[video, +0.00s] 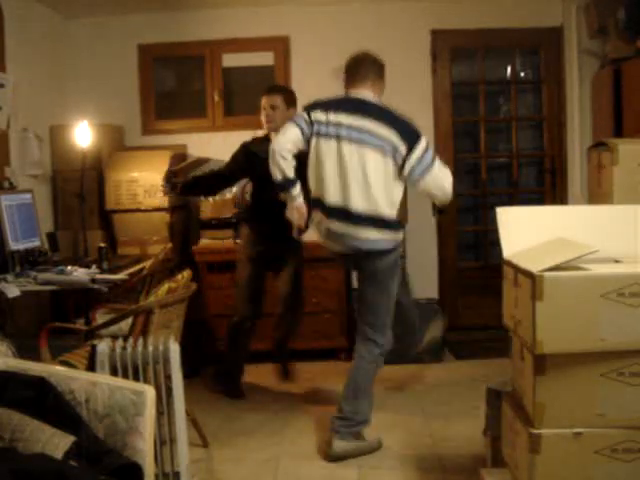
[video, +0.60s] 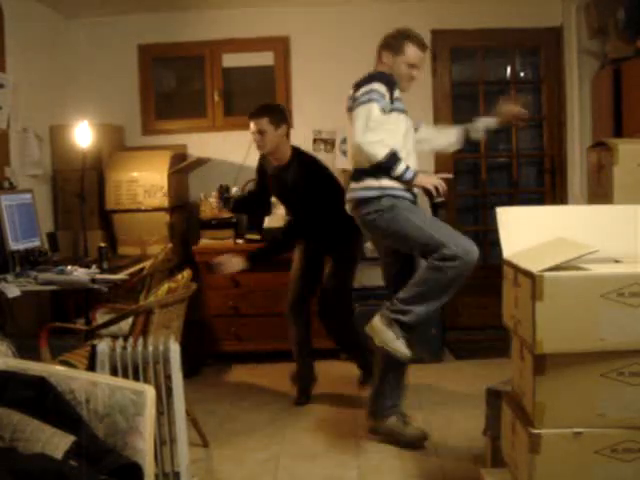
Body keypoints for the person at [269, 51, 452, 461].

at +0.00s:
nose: (378, 92)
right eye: (380, 86)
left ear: (345, 83)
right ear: (381, 85)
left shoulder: (317, 113)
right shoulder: (399, 129)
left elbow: (281, 145)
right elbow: (443, 189)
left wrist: (293, 197)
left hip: (332, 234)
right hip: (378, 243)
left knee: (391, 268)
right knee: (373, 340)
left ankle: (413, 335)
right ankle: (347, 433)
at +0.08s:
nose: (384, 69)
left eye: (378, 63)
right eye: (385, 63)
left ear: (346, 62)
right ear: (383, 63)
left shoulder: (318, 97)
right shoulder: (399, 104)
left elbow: (283, 141)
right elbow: (437, 168)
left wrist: (299, 180)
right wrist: (438, 186)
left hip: (338, 220)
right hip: (381, 225)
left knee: (381, 288)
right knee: (366, 324)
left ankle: (395, 363)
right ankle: (349, 430)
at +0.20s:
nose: (389, 68)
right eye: (391, 62)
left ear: (353, 59)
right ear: (390, 60)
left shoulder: (326, 97)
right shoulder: (408, 96)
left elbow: (308, 161)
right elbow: (432, 157)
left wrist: (340, 155)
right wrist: (420, 170)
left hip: (338, 221)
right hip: (382, 221)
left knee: (360, 312)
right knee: (392, 315)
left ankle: (367, 413)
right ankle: (328, 372)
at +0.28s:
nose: (392, 77)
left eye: (387, 72)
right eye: (393, 71)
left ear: (356, 68)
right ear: (392, 68)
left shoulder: (327, 105)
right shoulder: (411, 103)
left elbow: (312, 170)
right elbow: (431, 162)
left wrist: (347, 160)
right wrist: (426, 184)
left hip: (339, 227)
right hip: (382, 227)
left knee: (356, 319)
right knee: (398, 317)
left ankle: (365, 419)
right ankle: (330, 346)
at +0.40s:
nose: (407, 101)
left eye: (408, 95)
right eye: (406, 95)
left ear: (371, 88)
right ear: (392, 87)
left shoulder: (336, 126)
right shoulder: (407, 118)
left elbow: (332, 183)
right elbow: (421, 170)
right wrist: (431, 200)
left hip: (343, 234)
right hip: (387, 234)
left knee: (378, 321)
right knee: (428, 319)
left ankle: (367, 418)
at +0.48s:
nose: (412, 82)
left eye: (413, 76)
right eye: (410, 75)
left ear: (377, 69)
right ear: (390, 67)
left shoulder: (358, 105)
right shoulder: (394, 96)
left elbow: (376, 160)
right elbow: (397, 152)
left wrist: (423, 137)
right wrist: (422, 186)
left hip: (355, 220)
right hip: (383, 216)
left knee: (380, 315)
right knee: (462, 281)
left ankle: (370, 419)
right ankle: (374, 323)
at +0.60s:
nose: (416, 75)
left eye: (420, 68)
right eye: (411, 65)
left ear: (411, 67)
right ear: (386, 59)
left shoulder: (397, 107)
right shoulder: (375, 87)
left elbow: (433, 139)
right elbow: (366, 142)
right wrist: (412, 175)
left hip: (393, 201)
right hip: (377, 199)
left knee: (403, 305)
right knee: (461, 253)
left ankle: (385, 413)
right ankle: (392, 319)